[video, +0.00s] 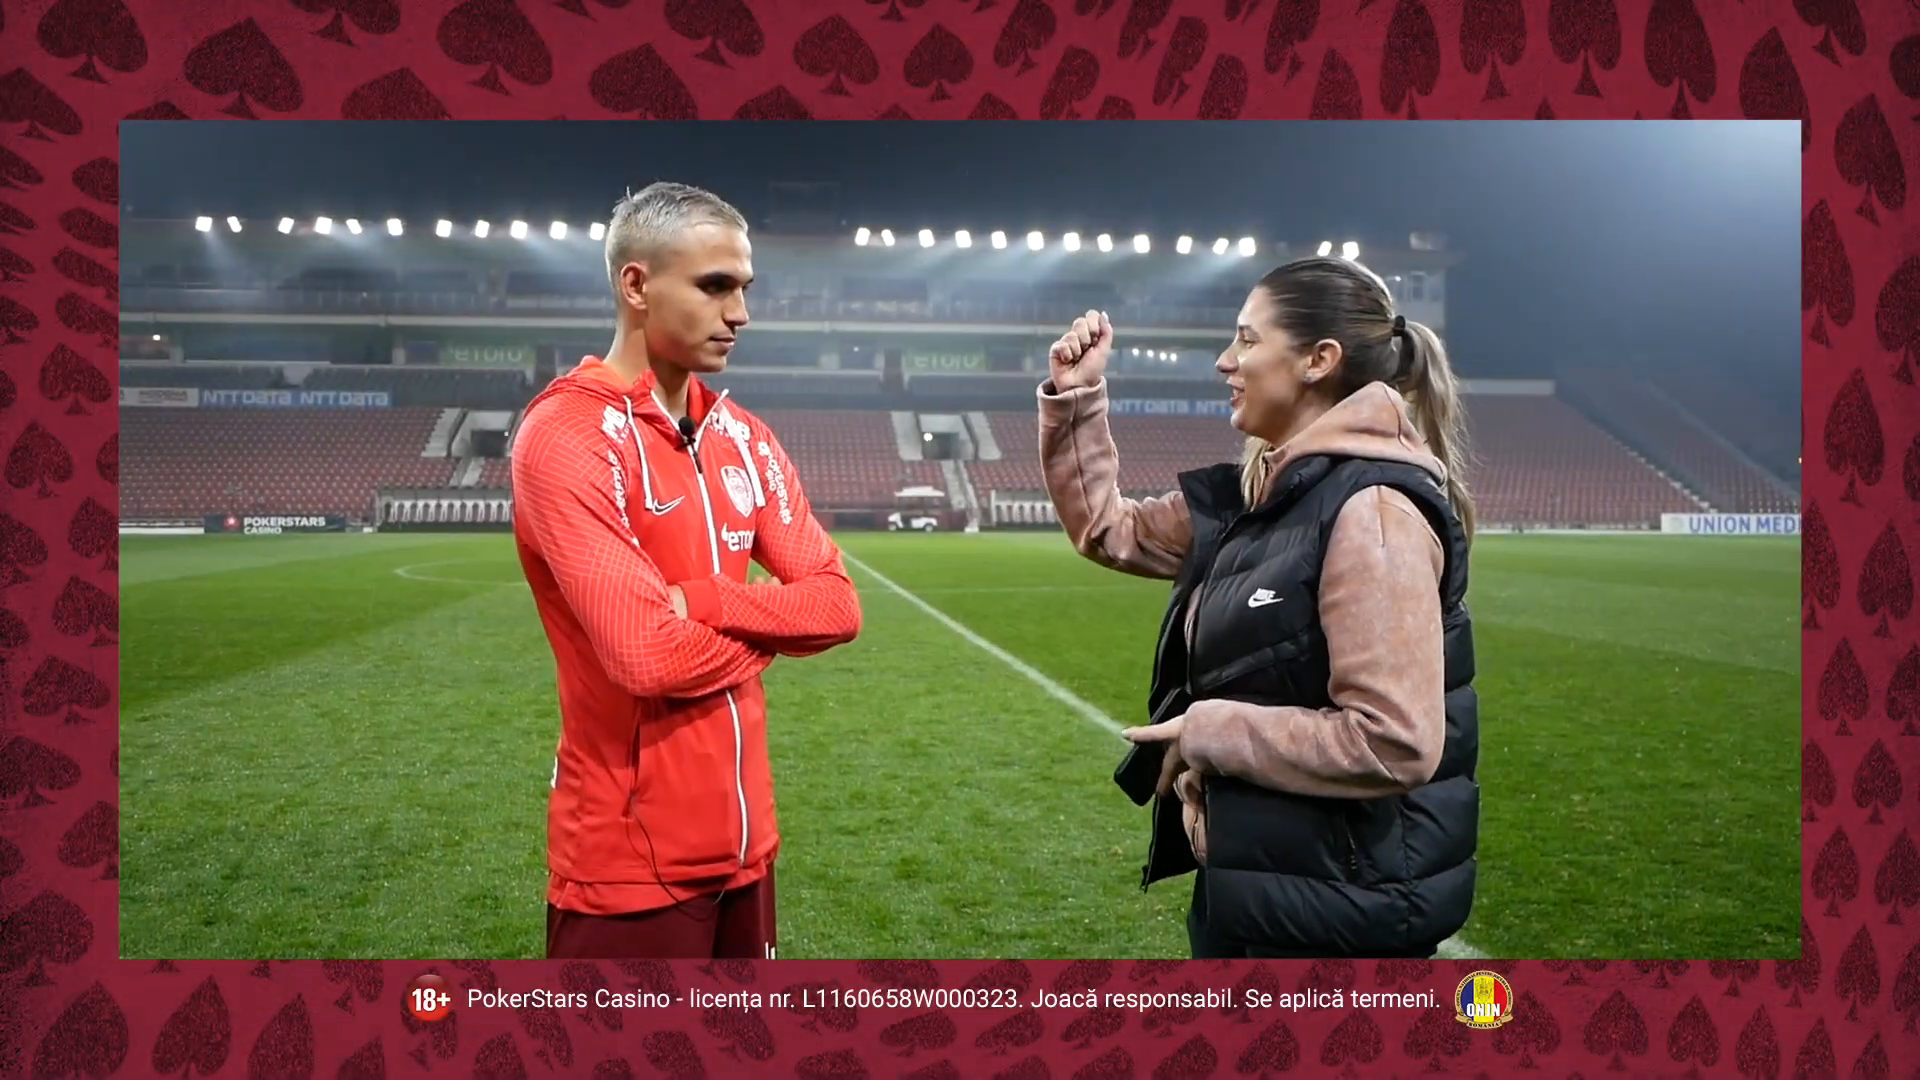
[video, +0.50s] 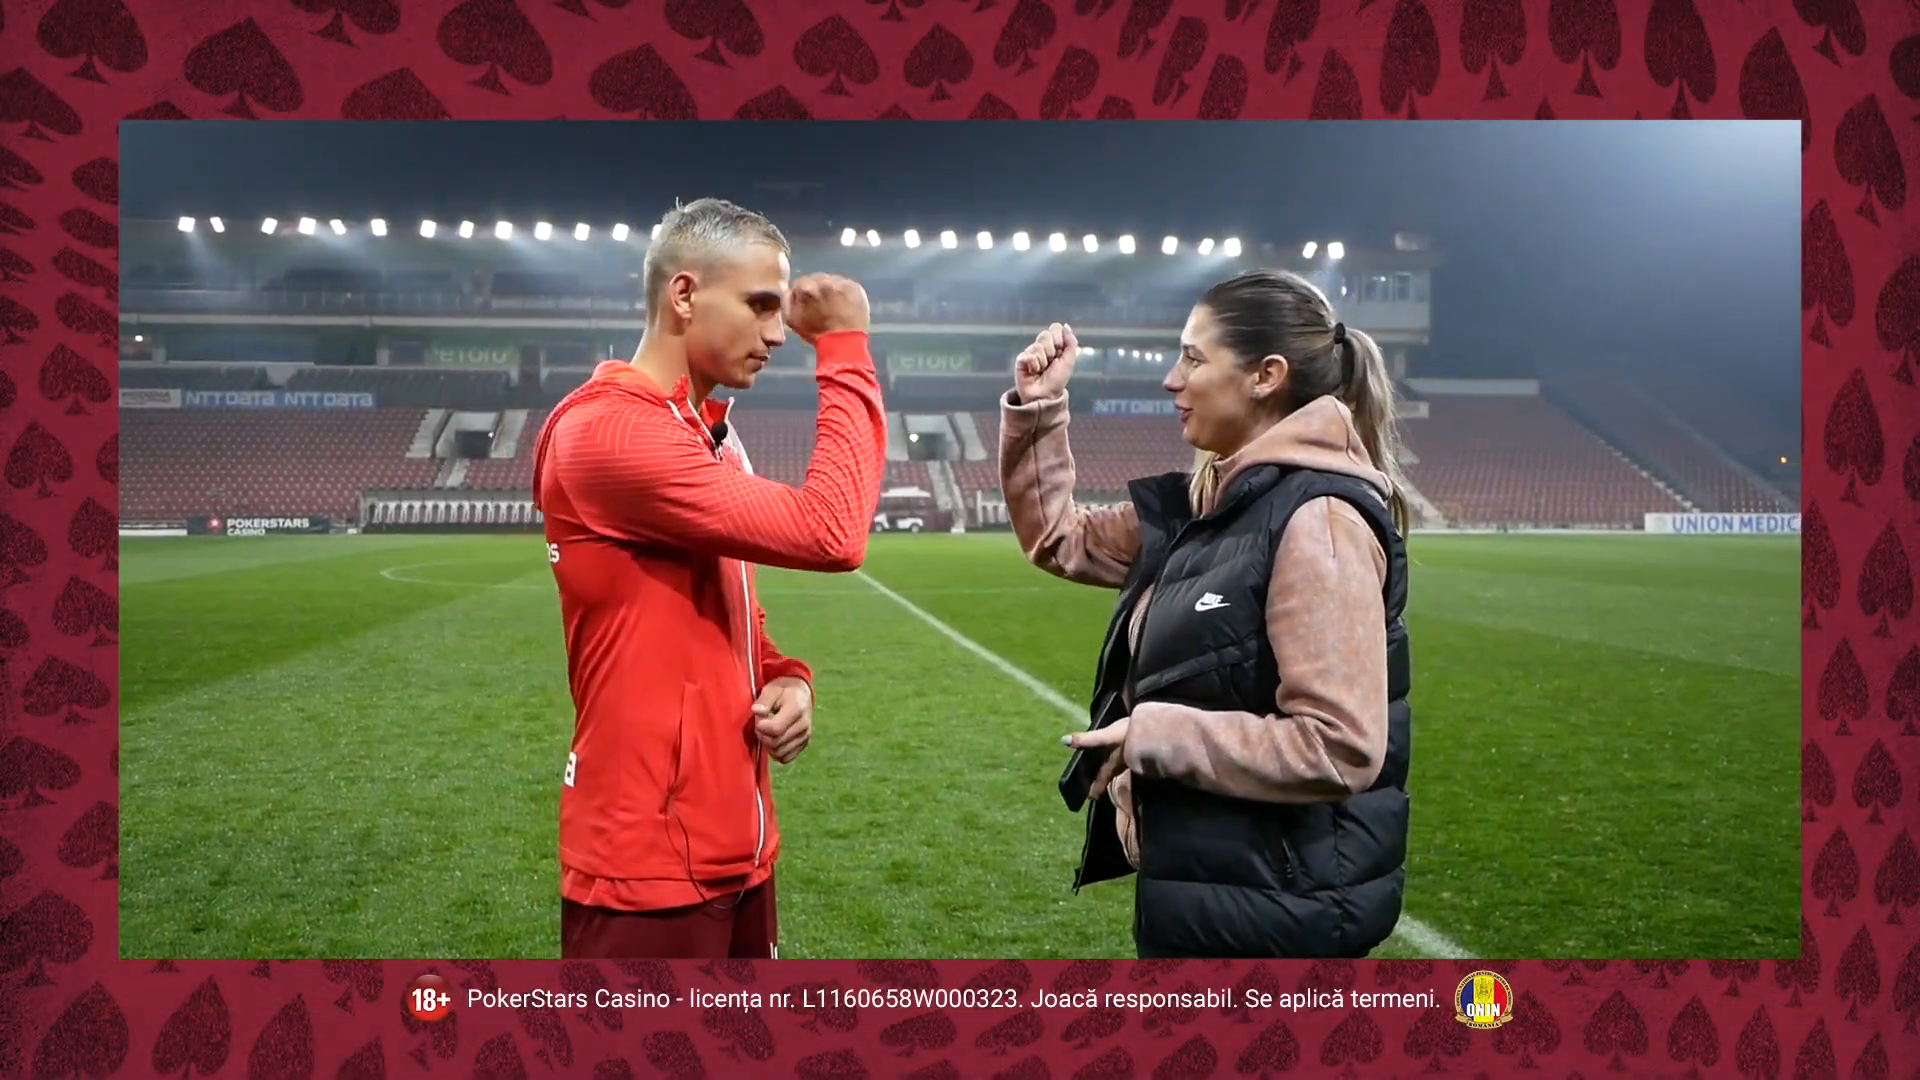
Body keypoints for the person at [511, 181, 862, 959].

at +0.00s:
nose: (740, 314)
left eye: (744, 290)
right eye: (715, 286)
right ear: (635, 285)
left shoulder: (744, 436)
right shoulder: (562, 438)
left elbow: (837, 607)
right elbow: (646, 659)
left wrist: (695, 600)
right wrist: (769, 627)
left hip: (741, 839)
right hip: (628, 853)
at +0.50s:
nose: (778, 333)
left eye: (778, 310)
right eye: (759, 304)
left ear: (690, 300)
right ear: (683, 296)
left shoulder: (710, 434)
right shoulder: (605, 431)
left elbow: (734, 621)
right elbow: (832, 531)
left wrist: (786, 680)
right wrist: (845, 343)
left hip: (735, 856)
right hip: (645, 870)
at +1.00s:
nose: (771, 314)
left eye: (772, 293)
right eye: (750, 287)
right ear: (671, 291)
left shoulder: (731, 442)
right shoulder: (608, 435)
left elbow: (761, 607)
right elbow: (745, 610)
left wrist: (810, 660)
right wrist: (882, 503)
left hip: (752, 847)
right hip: (659, 860)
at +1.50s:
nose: (779, 317)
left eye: (779, 295)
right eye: (754, 292)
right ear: (676, 296)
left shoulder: (784, 442)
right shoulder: (594, 445)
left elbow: (882, 589)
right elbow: (688, 647)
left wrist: (729, 592)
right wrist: (801, 627)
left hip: (768, 841)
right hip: (653, 850)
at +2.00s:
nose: (774, 313)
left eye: (772, 290)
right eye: (749, 288)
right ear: (671, 293)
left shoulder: (765, 444)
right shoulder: (596, 446)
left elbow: (858, 612)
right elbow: (691, 662)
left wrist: (724, 602)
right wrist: (796, 627)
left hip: (760, 844)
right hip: (654, 855)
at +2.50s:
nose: (796, 321)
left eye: (794, 298)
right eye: (772, 296)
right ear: (695, 303)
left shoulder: (784, 454)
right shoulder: (624, 456)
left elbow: (876, 622)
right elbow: (723, 676)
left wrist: (751, 615)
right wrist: (822, 644)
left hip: (781, 852)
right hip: (682, 865)